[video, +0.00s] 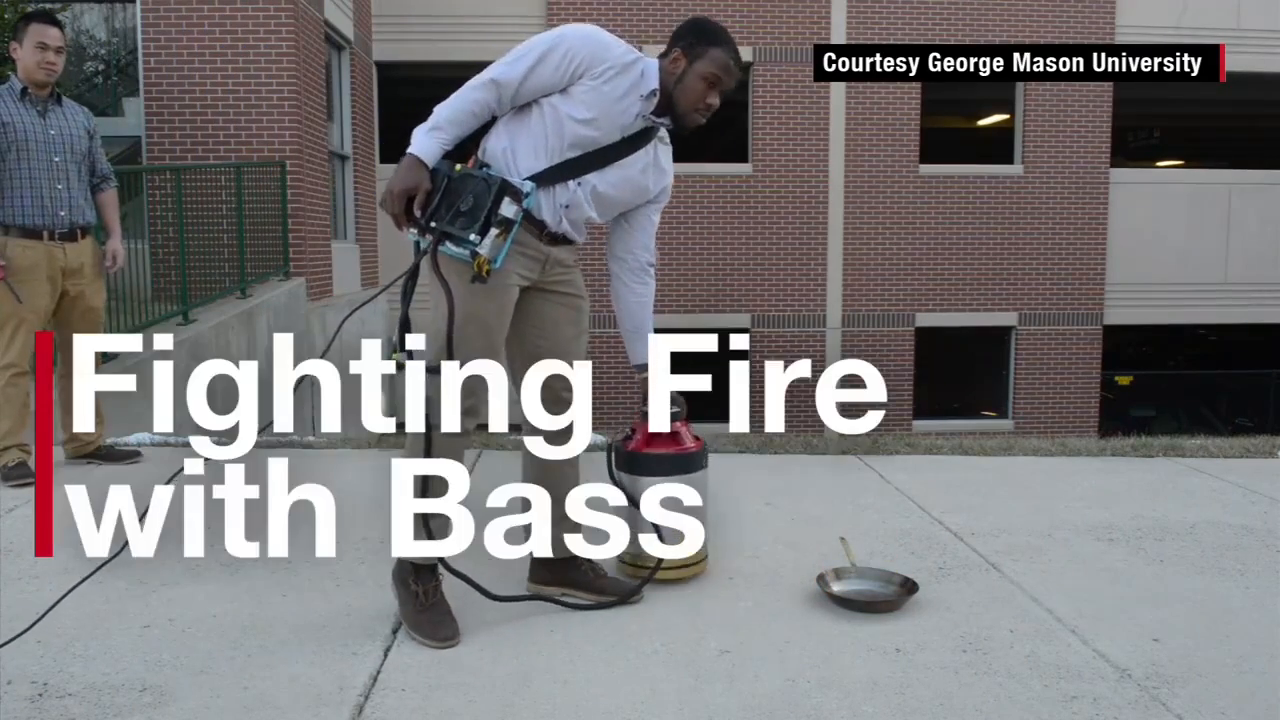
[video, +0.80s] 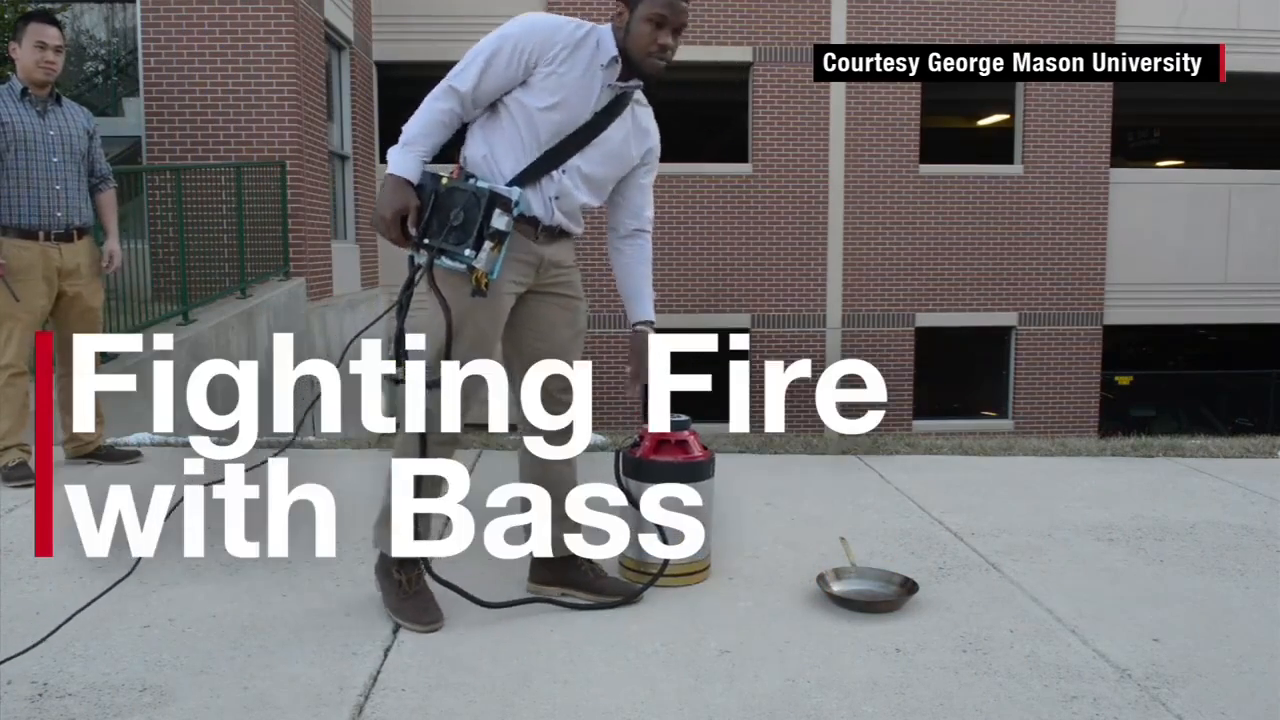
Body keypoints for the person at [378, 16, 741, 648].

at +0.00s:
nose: (713, 105)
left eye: (724, 98)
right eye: (710, 85)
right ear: (674, 59)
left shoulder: (655, 171)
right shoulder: (593, 52)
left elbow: (635, 271)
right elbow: (491, 89)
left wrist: (651, 369)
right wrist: (418, 158)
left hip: (556, 258)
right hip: (484, 231)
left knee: (558, 411)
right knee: (465, 408)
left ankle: (555, 557)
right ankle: (419, 565)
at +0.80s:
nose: (668, 42)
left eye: (678, 33)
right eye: (659, 25)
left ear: (680, 37)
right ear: (623, 14)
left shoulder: (641, 134)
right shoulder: (546, 38)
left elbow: (631, 234)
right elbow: (455, 95)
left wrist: (644, 327)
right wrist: (401, 175)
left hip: (554, 255)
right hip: (479, 237)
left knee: (554, 409)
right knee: (455, 409)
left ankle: (557, 556)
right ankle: (401, 556)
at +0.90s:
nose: (638, 18)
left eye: (645, 9)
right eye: (626, 4)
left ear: (646, 18)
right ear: (587, 3)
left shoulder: (622, 111)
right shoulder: (516, 33)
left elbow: (616, 213)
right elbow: (431, 99)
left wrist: (622, 297)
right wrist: (388, 185)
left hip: (549, 250)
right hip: (474, 239)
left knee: (551, 407)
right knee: (445, 404)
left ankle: (554, 556)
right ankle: (392, 551)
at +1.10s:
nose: (579, 8)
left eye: (584, 2)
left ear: (582, 9)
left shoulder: (583, 95)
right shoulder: (460, 34)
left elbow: (583, 195)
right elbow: (387, 115)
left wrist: (592, 277)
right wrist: (359, 203)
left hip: (532, 253)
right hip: (452, 247)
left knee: (545, 408)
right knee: (431, 411)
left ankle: (556, 554)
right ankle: (385, 559)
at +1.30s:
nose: (497, 1)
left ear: (505, 3)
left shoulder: (513, 77)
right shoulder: (382, 36)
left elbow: (517, 178)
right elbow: (319, 127)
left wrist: (536, 260)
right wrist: (307, 219)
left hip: (490, 250)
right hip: (407, 248)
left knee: (520, 406)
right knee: (397, 414)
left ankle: (552, 553)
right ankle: (383, 562)